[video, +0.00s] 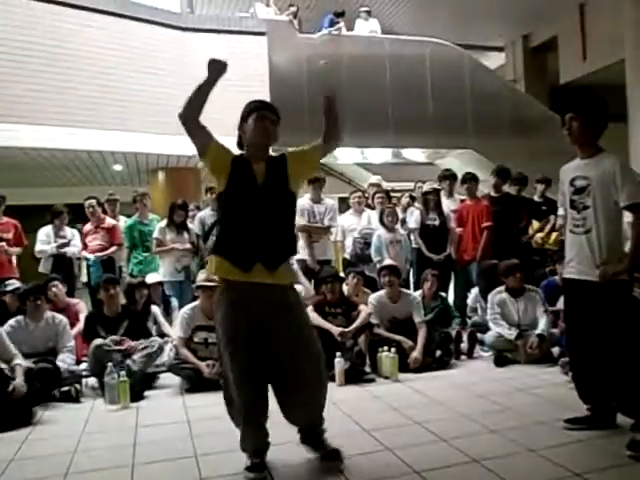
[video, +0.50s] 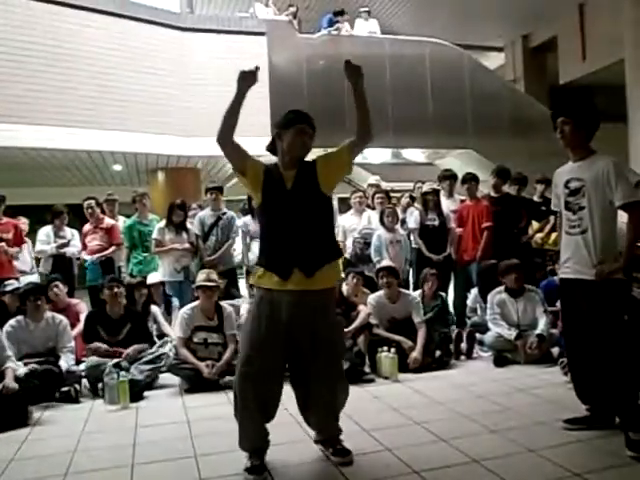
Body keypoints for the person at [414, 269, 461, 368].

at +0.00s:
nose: (429, 285)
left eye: (433, 282)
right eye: (427, 281)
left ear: (437, 285)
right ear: (422, 283)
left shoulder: (442, 300)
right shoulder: (416, 298)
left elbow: (455, 316)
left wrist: (455, 328)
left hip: (441, 331)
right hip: (423, 332)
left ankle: (446, 355)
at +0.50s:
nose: (430, 285)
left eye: (433, 282)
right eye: (427, 282)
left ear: (437, 284)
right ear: (423, 283)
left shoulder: (442, 298)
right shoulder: (416, 298)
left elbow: (448, 316)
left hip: (440, 330)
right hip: (424, 329)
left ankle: (445, 355)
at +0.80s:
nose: (431, 283)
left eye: (434, 280)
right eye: (428, 280)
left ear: (437, 283)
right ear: (423, 282)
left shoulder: (441, 299)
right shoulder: (417, 298)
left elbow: (440, 313)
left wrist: (423, 319)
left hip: (440, 328)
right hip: (424, 328)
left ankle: (445, 354)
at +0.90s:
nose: (431, 283)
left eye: (434, 280)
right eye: (428, 280)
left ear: (438, 283)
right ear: (423, 282)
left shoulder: (442, 299)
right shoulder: (417, 298)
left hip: (442, 329)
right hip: (425, 330)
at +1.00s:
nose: (431, 283)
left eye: (434, 280)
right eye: (428, 280)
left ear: (438, 284)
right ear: (423, 282)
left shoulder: (442, 300)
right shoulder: (417, 299)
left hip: (441, 330)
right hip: (424, 331)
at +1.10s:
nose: (431, 283)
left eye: (434, 280)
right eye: (428, 280)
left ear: (438, 284)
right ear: (423, 282)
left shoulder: (442, 301)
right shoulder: (417, 299)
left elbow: (447, 320)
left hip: (440, 332)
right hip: (423, 332)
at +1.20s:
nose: (431, 283)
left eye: (434, 281)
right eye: (428, 280)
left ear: (438, 284)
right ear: (423, 283)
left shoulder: (441, 299)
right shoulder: (418, 299)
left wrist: (423, 319)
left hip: (442, 326)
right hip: (427, 327)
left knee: (444, 335)